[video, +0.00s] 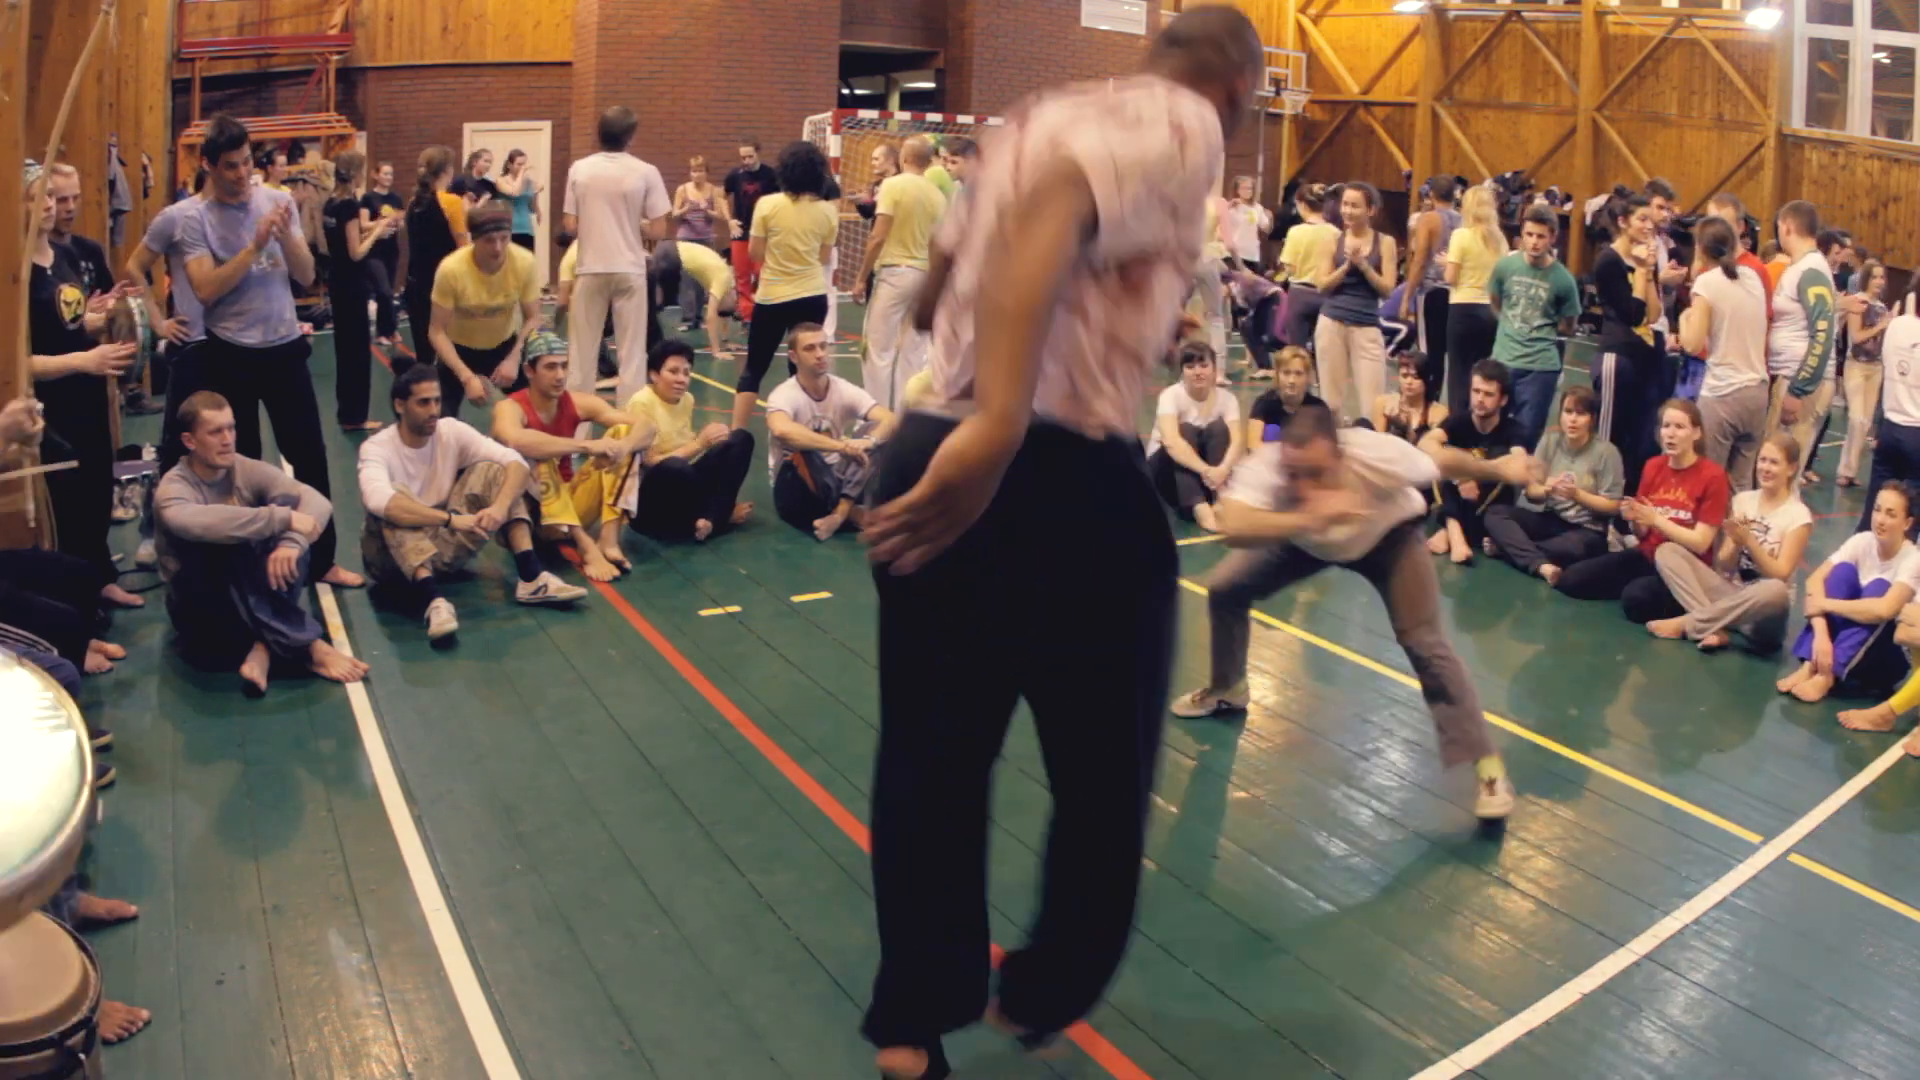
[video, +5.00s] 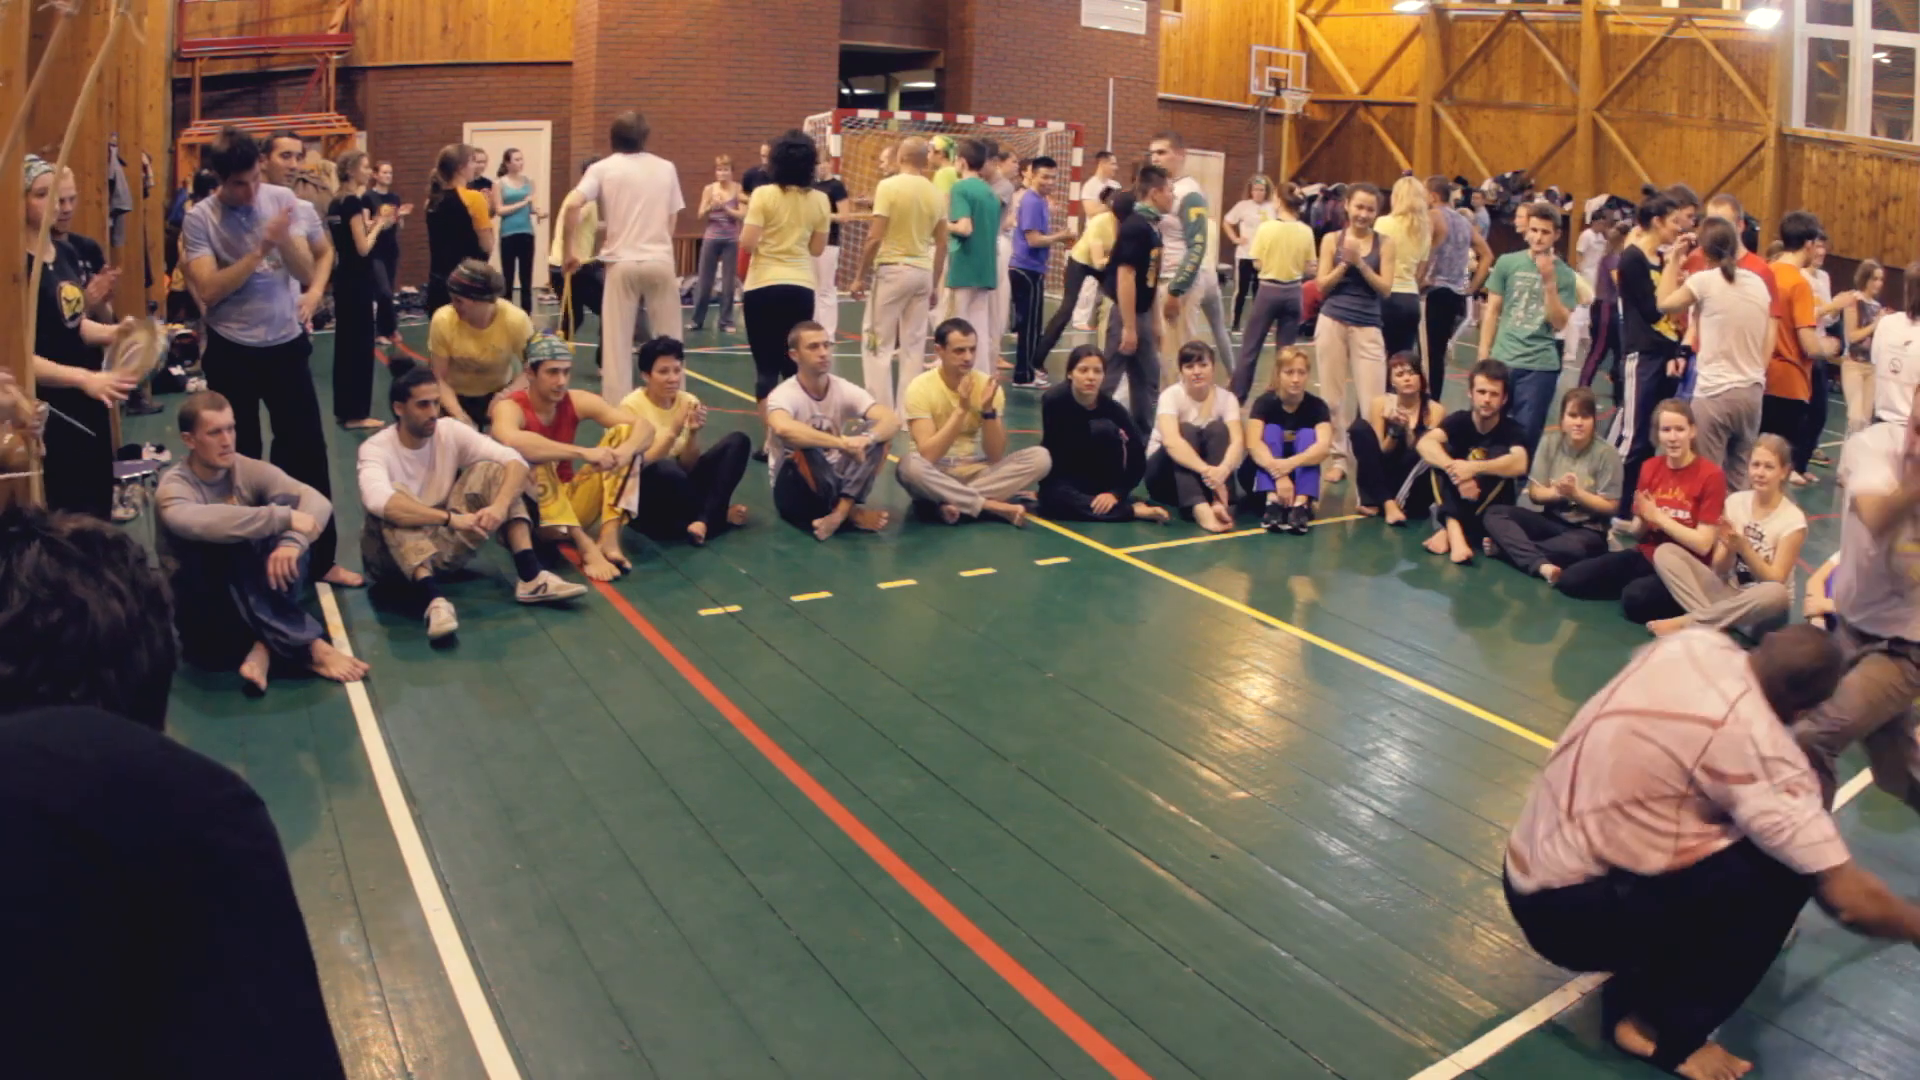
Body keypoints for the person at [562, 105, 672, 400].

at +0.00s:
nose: (632, 136)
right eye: (632, 132)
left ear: (599, 133)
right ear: (631, 135)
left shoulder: (579, 170)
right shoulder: (646, 172)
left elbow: (570, 225)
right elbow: (659, 230)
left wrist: (597, 225)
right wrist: (633, 224)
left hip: (590, 268)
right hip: (630, 269)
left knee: (582, 350)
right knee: (632, 350)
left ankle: (577, 424)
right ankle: (630, 426)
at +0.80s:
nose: (603, 134)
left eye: (601, 128)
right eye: (599, 129)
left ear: (567, 140)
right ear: (590, 135)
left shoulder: (553, 174)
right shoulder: (609, 164)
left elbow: (550, 231)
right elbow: (624, 217)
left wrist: (573, 236)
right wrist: (612, 240)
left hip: (568, 264)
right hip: (603, 261)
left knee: (570, 341)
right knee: (620, 339)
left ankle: (568, 402)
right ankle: (619, 405)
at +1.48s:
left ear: (611, 135)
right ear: (644, 136)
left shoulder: (594, 170)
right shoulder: (661, 172)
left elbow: (582, 224)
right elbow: (670, 229)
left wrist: (609, 217)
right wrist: (643, 221)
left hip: (602, 270)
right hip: (643, 270)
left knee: (592, 354)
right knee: (643, 355)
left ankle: (584, 437)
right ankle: (639, 435)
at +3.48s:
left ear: (607, 143)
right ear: (639, 142)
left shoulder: (591, 176)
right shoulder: (659, 174)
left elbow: (581, 229)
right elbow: (675, 228)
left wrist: (609, 228)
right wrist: (645, 228)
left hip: (608, 268)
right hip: (647, 268)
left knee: (596, 351)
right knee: (666, 344)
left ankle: (585, 425)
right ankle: (674, 416)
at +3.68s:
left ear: (635, 140)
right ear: (667, 140)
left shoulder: (619, 169)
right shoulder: (685, 171)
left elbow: (600, 218)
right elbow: (696, 228)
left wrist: (619, 248)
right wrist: (671, 246)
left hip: (633, 263)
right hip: (674, 262)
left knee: (613, 343)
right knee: (684, 342)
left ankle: (596, 420)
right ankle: (689, 415)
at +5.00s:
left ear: (613, 139)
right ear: (644, 138)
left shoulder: (602, 168)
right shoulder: (666, 168)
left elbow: (572, 205)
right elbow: (672, 224)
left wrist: (569, 252)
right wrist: (655, 247)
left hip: (621, 265)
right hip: (660, 262)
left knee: (616, 344)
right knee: (670, 341)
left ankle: (618, 418)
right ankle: (673, 414)